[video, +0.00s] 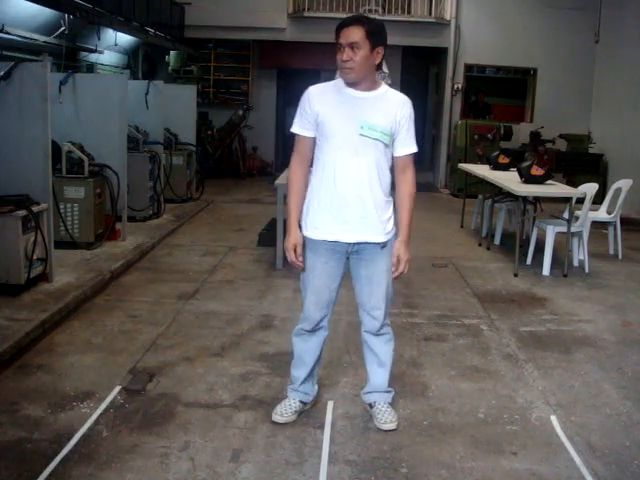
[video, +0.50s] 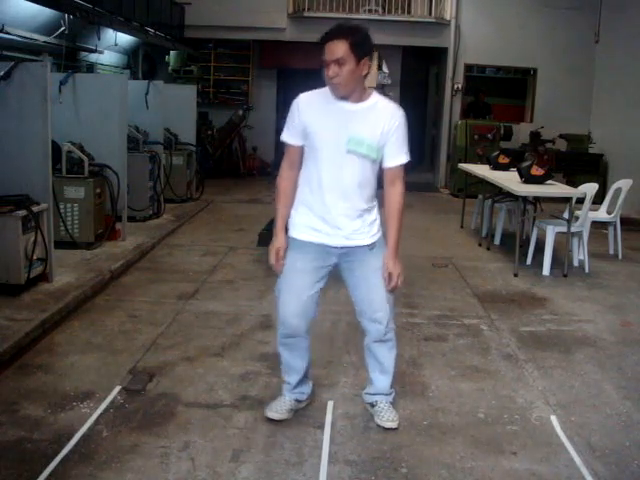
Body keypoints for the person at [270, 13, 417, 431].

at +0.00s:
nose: (344, 55)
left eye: (354, 47)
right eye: (340, 47)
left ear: (378, 53)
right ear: (335, 52)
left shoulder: (397, 105)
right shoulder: (316, 97)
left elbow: (405, 173)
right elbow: (299, 164)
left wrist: (402, 237)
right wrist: (293, 226)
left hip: (375, 234)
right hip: (321, 231)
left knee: (376, 321)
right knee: (312, 319)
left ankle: (380, 396)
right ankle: (300, 391)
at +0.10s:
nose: (343, 54)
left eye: (353, 46)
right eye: (339, 46)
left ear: (377, 53)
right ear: (335, 51)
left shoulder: (396, 105)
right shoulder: (315, 95)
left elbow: (403, 173)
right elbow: (298, 162)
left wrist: (400, 237)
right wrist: (292, 225)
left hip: (374, 233)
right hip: (320, 230)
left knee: (375, 321)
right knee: (311, 319)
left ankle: (379, 396)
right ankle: (300, 390)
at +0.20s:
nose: (342, 54)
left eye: (352, 46)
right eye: (338, 46)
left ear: (376, 52)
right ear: (334, 51)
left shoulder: (395, 104)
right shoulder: (314, 95)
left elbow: (402, 173)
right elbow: (297, 162)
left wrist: (399, 237)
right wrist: (291, 225)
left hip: (373, 234)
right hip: (320, 230)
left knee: (375, 322)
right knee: (311, 319)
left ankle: (379, 396)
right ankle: (300, 391)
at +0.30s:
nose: (341, 55)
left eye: (351, 47)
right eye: (337, 47)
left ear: (375, 53)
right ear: (333, 52)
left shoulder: (395, 104)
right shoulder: (314, 96)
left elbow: (401, 173)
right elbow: (297, 163)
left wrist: (399, 237)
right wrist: (290, 224)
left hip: (372, 234)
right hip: (318, 230)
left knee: (374, 322)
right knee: (309, 319)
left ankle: (380, 396)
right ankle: (300, 391)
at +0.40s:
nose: (338, 61)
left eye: (348, 53)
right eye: (335, 53)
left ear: (373, 55)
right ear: (331, 55)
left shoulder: (395, 106)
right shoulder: (313, 97)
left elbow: (401, 176)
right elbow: (294, 164)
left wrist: (397, 240)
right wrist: (286, 225)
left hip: (369, 236)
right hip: (314, 232)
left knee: (377, 323)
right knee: (303, 321)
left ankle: (380, 396)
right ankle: (301, 390)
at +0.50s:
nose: (330, 72)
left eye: (339, 63)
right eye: (326, 64)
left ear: (364, 64)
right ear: (323, 64)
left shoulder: (389, 115)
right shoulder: (305, 105)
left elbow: (394, 185)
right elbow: (288, 169)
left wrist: (392, 250)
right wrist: (280, 230)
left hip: (363, 241)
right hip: (306, 237)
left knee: (378, 321)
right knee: (290, 319)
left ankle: (380, 394)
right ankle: (296, 389)